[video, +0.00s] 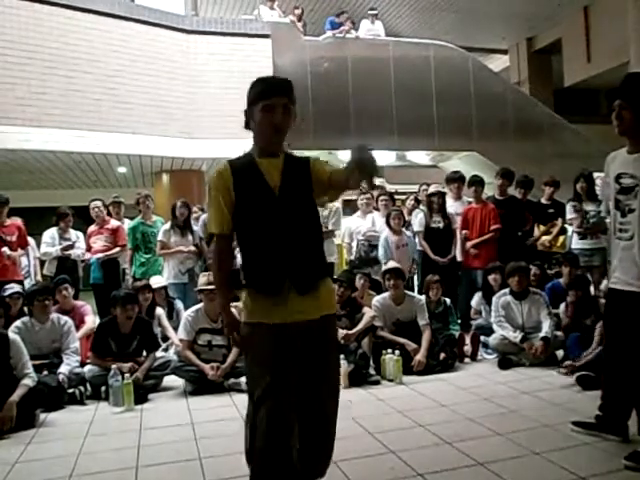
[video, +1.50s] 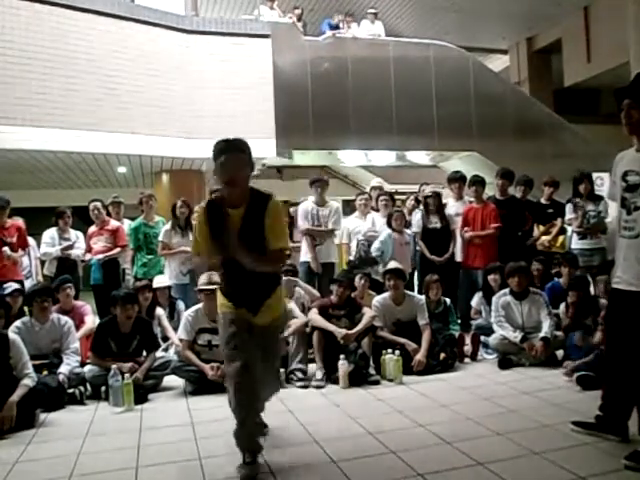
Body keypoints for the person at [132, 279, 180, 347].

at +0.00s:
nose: (146, 296)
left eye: (149, 292)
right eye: (143, 293)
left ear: (152, 294)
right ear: (137, 296)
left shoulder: (158, 311)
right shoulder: (134, 312)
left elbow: (167, 328)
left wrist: (176, 341)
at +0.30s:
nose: (147, 296)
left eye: (149, 292)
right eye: (143, 293)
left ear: (152, 294)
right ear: (137, 296)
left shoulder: (158, 311)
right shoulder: (134, 312)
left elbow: (167, 328)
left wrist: (176, 341)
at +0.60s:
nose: (147, 296)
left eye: (149, 293)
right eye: (143, 293)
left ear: (153, 294)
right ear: (137, 296)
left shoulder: (158, 311)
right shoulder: (134, 312)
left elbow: (167, 328)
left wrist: (176, 341)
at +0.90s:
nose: (146, 296)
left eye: (149, 292)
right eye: (142, 293)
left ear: (152, 294)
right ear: (137, 296)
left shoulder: (158, 311)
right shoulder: (134, 313)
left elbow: (168, 329)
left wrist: (177, 343)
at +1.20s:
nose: (146, 296)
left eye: (149, 292)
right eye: (142, 293)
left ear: (152, 294)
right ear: (137, 295)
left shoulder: (158, 312)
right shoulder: (134, 312)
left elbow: (168, 329)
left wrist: (177, 343)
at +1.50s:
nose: (146, 296)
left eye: (149, 292)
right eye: (142, 293)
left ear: (152, 294)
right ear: (137, 295)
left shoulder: (158, 311)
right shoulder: (134, 312)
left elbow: (168, 329)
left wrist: (177, 343)